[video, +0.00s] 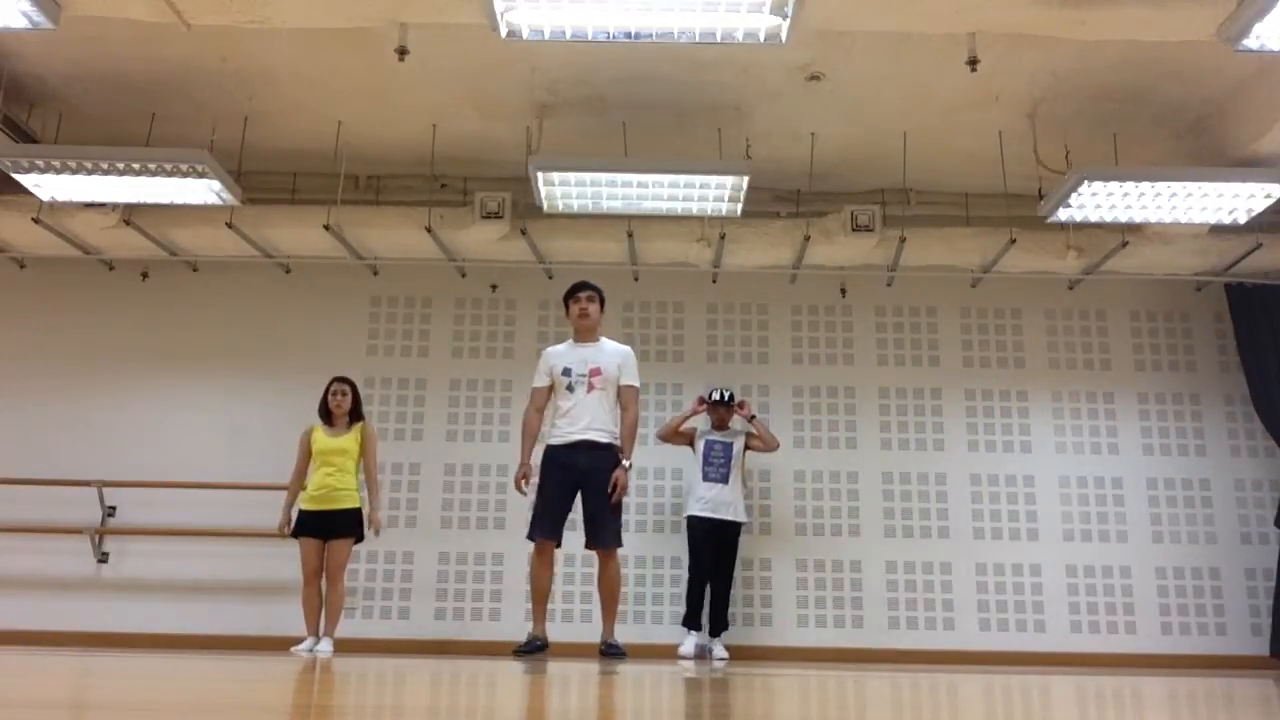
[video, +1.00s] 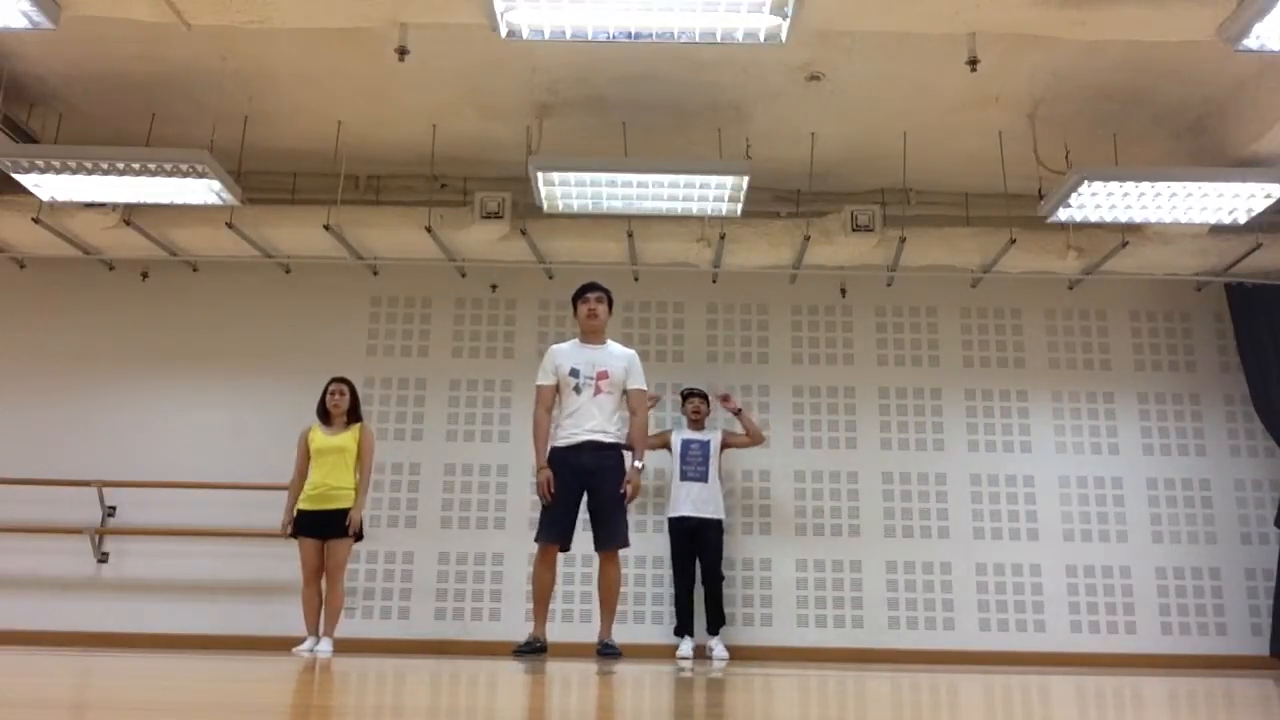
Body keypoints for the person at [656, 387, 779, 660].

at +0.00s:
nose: (721, 414)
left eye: (725, 409)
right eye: (716, 408)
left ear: (732, 411)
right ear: (708, 411)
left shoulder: (741, 438)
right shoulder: (697, 436)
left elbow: (772, 445)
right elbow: (664, 435)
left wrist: (751, 418)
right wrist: (690, 412)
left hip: (729, 516)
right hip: (700, 514)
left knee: (722, 580)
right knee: (697, 576)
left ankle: (716, 638)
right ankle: (693, 634)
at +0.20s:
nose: (714, 412)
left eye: (719, 407)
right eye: (710, 407)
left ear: (726, 409)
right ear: (702, 409)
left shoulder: (736, 435)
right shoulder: (692, 434)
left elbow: (770, 436)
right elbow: (656, 424)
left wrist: (746, 411)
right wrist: (685, 407)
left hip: (725, 516)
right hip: (695, 514)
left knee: (720, 579)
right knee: (691, 577)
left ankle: (715, 638)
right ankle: (686, 635)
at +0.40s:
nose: (709, 412)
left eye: (713, 408)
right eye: (704, 407)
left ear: (719, 411)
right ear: (695, 410)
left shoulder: (727, 436)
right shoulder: (684, 433)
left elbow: (763, 428)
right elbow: (650, 418)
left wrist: (736, 406)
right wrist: (680, 399)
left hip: (719, 515)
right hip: (690, 514)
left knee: (718, 579)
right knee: (689, 579)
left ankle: (715, 638)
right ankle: (687, 638)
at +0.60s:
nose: (701, 412)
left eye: (706, 408)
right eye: (696, 408)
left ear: (713, 412)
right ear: (689, 411)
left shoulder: (722, 436)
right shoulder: (677, 434)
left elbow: (757, 427)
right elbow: (641, 421)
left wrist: (729, 407)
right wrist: (672, 401)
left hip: (715, 516)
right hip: (684, 515)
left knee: (723, 576)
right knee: (686, 578)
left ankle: (716, 636)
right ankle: (686, 638)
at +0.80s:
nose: (699, 409)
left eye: (704, 405)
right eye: (694, 406)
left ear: (710, 410)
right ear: (686, 410)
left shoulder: (720, 437)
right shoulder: (675, 436)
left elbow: (756, 430)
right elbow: (638, 431)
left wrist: (729, 407)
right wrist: (662, 404)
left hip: (712, 516)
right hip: (682, 515)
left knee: (715, 578)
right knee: (684, 579)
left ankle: (715, 637)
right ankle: (685, 638)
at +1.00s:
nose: (695, 407)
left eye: (700, 404)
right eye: (691, 404)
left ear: (708, 409)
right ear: (683, 410)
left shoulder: (718, 437)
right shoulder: (672, 436)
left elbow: (756, 438)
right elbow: (636, 443)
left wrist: (736, 410)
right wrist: (643, 410)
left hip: (710, 516)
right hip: (680, 516)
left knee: (713, 578)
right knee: (683, 580)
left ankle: (714, 638)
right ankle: (685, 639)